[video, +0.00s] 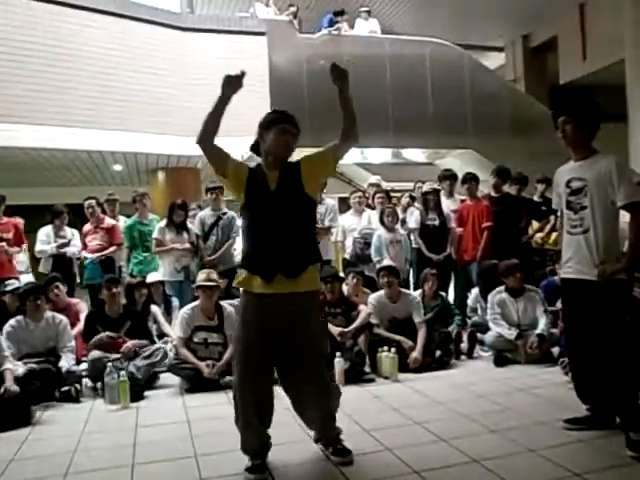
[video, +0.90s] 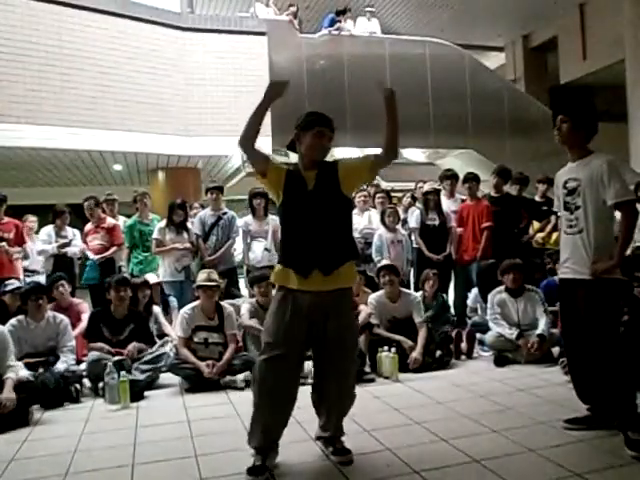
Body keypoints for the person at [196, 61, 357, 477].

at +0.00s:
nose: (287, 138)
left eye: (291, 135)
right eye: (279, 132)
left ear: (296, 144)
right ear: (260, 139)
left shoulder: (309, 171)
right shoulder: (242, 176)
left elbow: (349, 137)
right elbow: (206, 141)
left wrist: (343, 91)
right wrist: (224, 97)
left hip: (302, 294)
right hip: (256, 295)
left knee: (315, 372)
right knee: (250, 379)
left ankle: (329, 436)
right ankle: (256, 454)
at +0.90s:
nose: (321, 139)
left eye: (326, 135)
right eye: (315, 133)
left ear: (331, 142)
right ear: (297, 138)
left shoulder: (344, 173)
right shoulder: (282, 177)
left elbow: (388, 153)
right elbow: (247, 145)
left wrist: (390, 106)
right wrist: (266, 100)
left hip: (338, 289)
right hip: (291, 289)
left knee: (339, 367)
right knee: (272, 370)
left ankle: (331, 433)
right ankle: (263, 451)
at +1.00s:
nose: (317, 142)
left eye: (320, 136)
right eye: (309, 137)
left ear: (328, 141)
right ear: (295, 145)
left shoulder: (348, 178)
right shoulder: (285, 183)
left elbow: (391, 176)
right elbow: (250, 185)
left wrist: (397, 148)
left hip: (339, 291)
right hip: (294, 290)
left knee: (337, 369)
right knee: (281, 372)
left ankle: (329, 432)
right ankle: (266, 450)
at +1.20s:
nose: (323, 141)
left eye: (328, 134)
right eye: (316, 134)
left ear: (335, 138)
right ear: (301, 140)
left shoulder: (349, 178)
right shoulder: (290, 178)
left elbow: (390, 199)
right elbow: (263, 195)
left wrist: (390, 178)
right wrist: (260, 175)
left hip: (339, 283)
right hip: (295, 276)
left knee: (337, 363)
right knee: (258, 320)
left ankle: (329, 432)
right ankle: (281, 400)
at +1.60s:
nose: (314, 143)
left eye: (319, 137)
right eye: (306, 137)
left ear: (328, 140)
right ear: (294, 142)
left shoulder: (343, 175)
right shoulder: (277, 179)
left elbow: (384, 169)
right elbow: (247, 215)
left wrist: (371, 151)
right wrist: (251, 223)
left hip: (328, 282)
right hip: (286, 276)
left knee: (332, 362)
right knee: (262, 313)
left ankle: (328, 432)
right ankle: (282, 388)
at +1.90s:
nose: (294, 144)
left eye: (300, 138)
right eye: (286, 138)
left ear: (308, 140)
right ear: (271, 142)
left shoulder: (322, 174)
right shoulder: (254, 181)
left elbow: (360, 168)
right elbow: (211, 219)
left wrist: (367, 164)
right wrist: (247, 252)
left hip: (315, 283)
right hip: (271, 286)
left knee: (336, 356)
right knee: (281, 371)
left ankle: (328, 417)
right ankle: (278, 450)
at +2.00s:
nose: (287, 177)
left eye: (293, 170)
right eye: (280, 170)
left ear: (301, 171)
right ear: (266, 169)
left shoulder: (311, 200)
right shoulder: (249, 199)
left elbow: (360, 208)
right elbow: (205, 221)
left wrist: (336, 235)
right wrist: (222, 224)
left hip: (306, 292)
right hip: (266, 296)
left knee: (328, 307)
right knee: (275, 374)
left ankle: (324, 397)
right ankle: (277, 451)